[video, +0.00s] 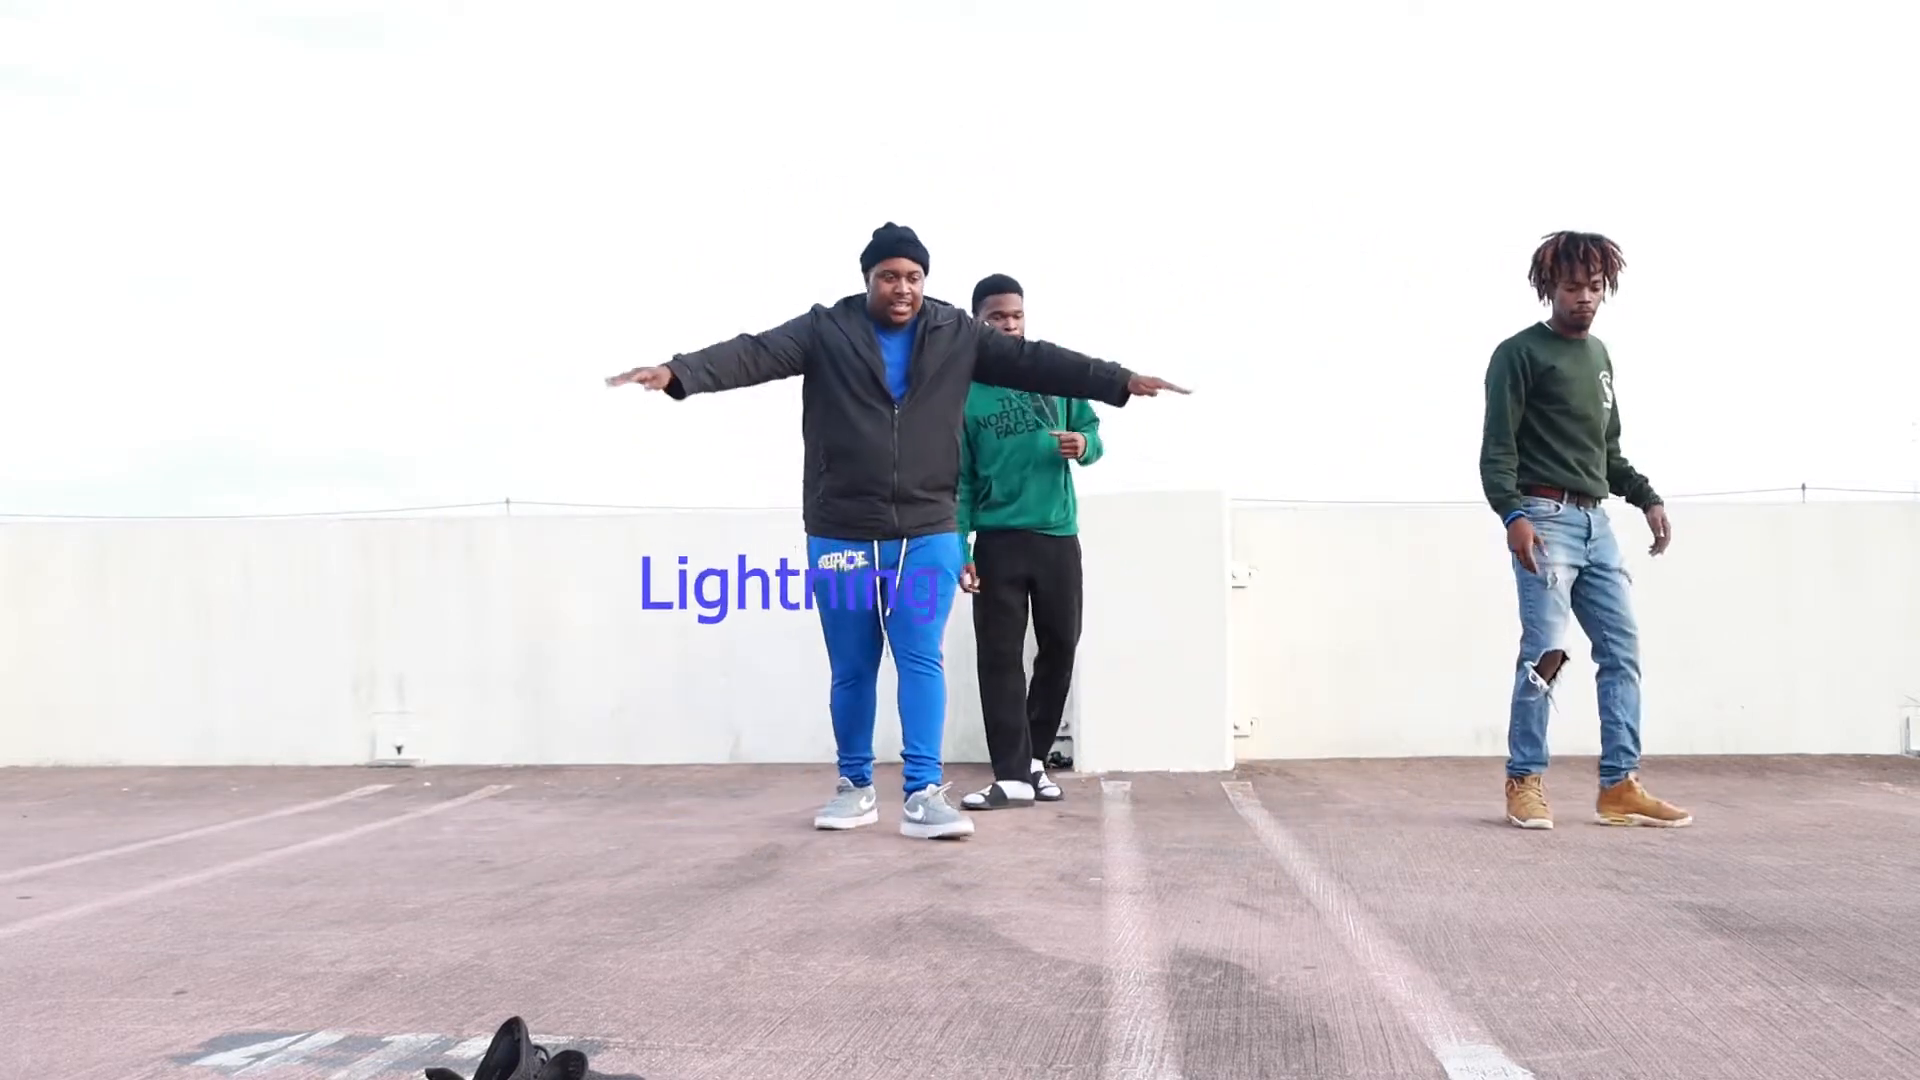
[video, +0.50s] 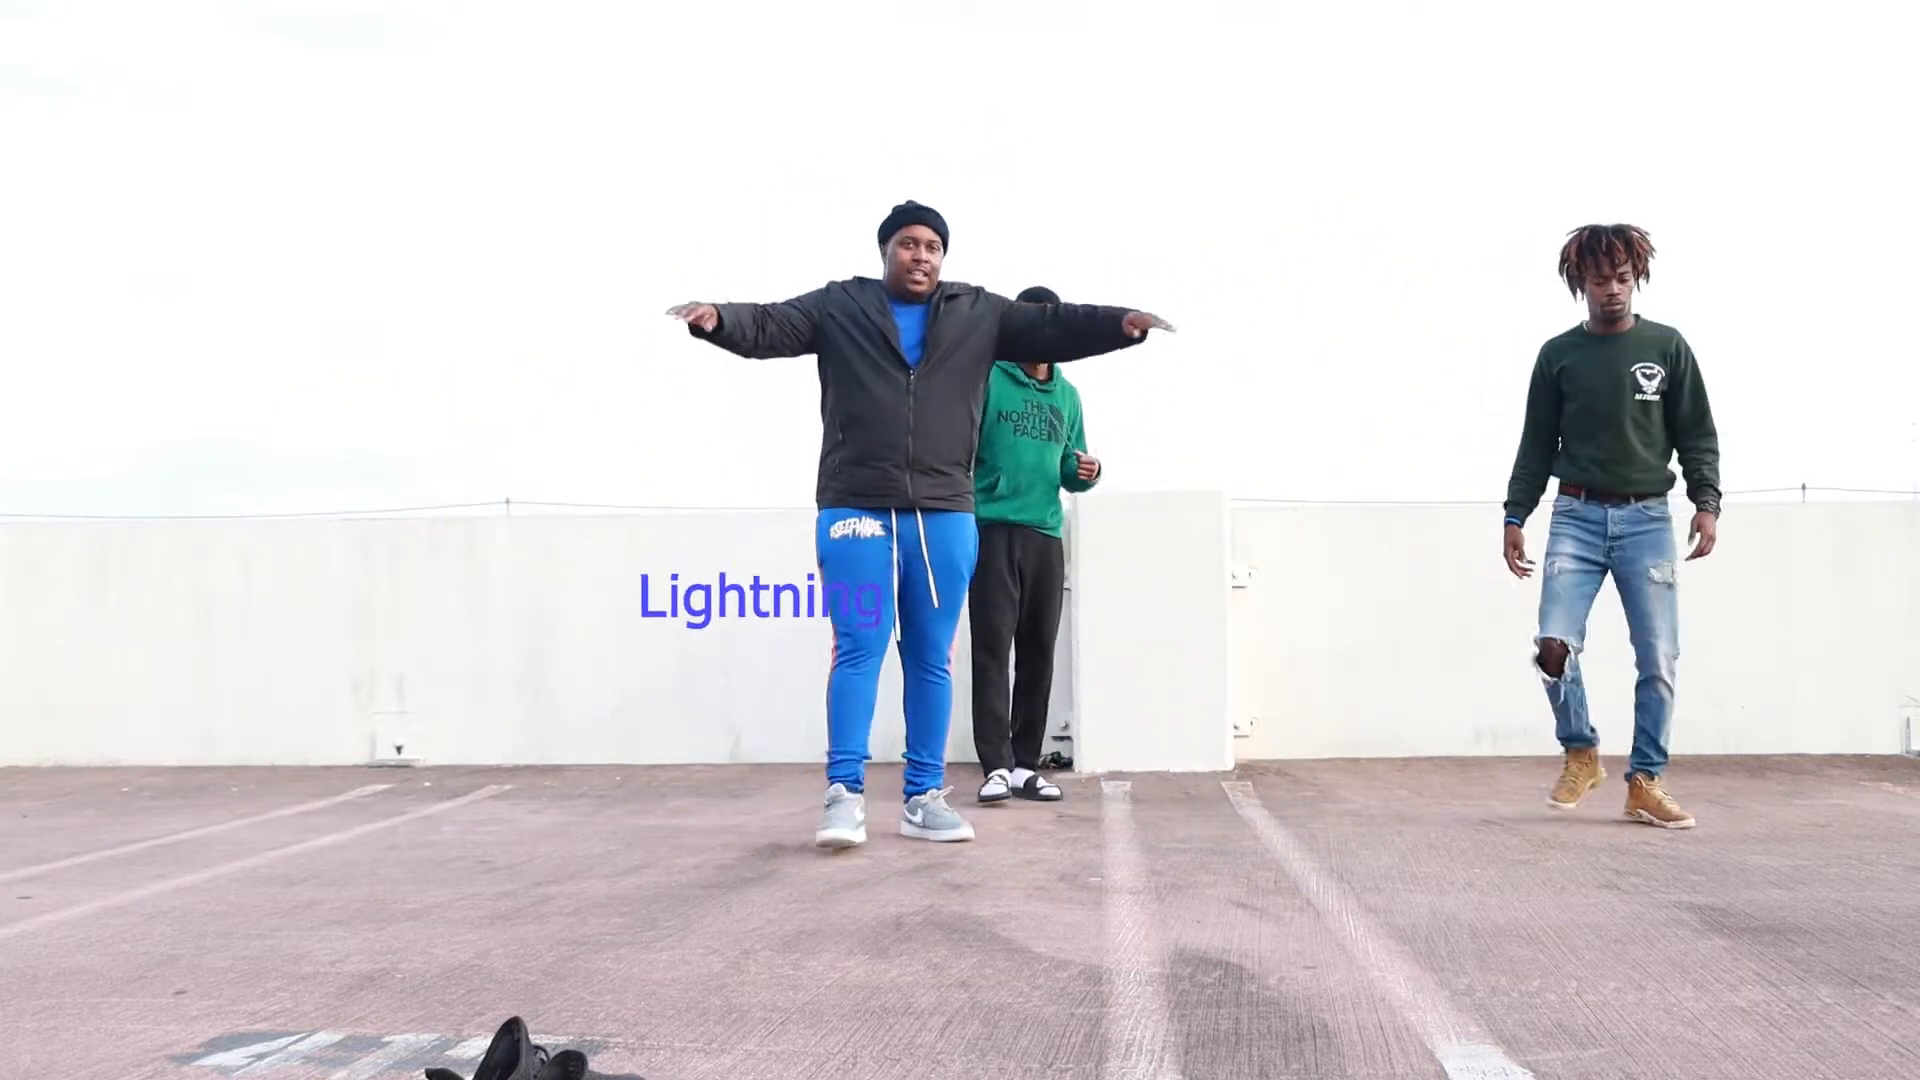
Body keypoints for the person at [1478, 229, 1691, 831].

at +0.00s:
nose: (1586, 296)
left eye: (1595, 285)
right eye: (1574, 285)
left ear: (1605, 288)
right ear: (1550, 286)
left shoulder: (1597, 355)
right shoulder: (1517, 354)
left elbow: (1607, 451)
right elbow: (1496, 452)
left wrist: (1648, 500)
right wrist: (1514, 515)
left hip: (1595, 518)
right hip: (1541, 516)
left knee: (1619, 650)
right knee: (1546, 650)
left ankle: (1619, 785)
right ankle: (1524, 781)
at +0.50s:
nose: (1612, 289)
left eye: (1622, 277)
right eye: (1599, 279)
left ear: (1637, 277)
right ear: (1580, 282)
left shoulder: (1667, 347)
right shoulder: (1557, 354)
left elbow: (1696, 431)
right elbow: (1537, 443)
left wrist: (1705, 503)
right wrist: (1514, 516)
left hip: (1648, 517)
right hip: (1575, 516)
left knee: (1660, 657)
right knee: (1553, 648)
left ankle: (1646, 781)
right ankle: (1579, 754)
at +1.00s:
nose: (1586, 298)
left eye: (1595, 285)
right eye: (1573, 290)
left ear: (1615, 283)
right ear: (1559, 295)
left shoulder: (1653, 350)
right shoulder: (1546, 364)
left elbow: (1683, 442)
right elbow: (1530, 444)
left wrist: (1696, 529)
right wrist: (1524, 509)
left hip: (1638, 522)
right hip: (1568, 525)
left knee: (1655, 659)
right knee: (1550, 651)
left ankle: (1684, 778)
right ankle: (1564, 787)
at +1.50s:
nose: (1596, 298)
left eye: (1607, 286)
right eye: (1584, 288)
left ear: (1624, 288)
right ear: (1567, 290)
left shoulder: (1641, 361)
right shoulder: (1540, 361)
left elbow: (1652, 460)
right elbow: (1515, 453)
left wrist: (1663, 537)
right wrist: (1521, 518)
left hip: (1628, 524)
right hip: (1562, 519)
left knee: (1649, 656)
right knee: (1547, 657)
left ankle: (1627, 787)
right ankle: (1523, 782)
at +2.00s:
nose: (1603, 296)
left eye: (1613, 284)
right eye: (1591, 286)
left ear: (1633, 282)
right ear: (1577, 288)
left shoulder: (1666, 351)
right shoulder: (1554, 359)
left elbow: (1694, 433)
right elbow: (1532, 448)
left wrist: (1718, 502)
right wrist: (1518, 529)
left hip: (1645, 520)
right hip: (1578, 517)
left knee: (1652, 653)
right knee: (1557, 650)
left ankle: (1630, 785)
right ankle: (1523, 762)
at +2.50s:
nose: (1588, 301)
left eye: (1597, 287)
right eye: (1576, 291)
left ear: (1620, 283)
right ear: (1563, 292)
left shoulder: (1659, 349)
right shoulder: (1547, 361)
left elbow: (1685, 441)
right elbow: (1539, 450)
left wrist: (1686, 525)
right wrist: (1540, 523)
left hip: (1645, 518)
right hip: (1571, 521)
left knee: (1662, 656)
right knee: (1563, 653)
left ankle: (1675, 781)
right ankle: (1573, 786)